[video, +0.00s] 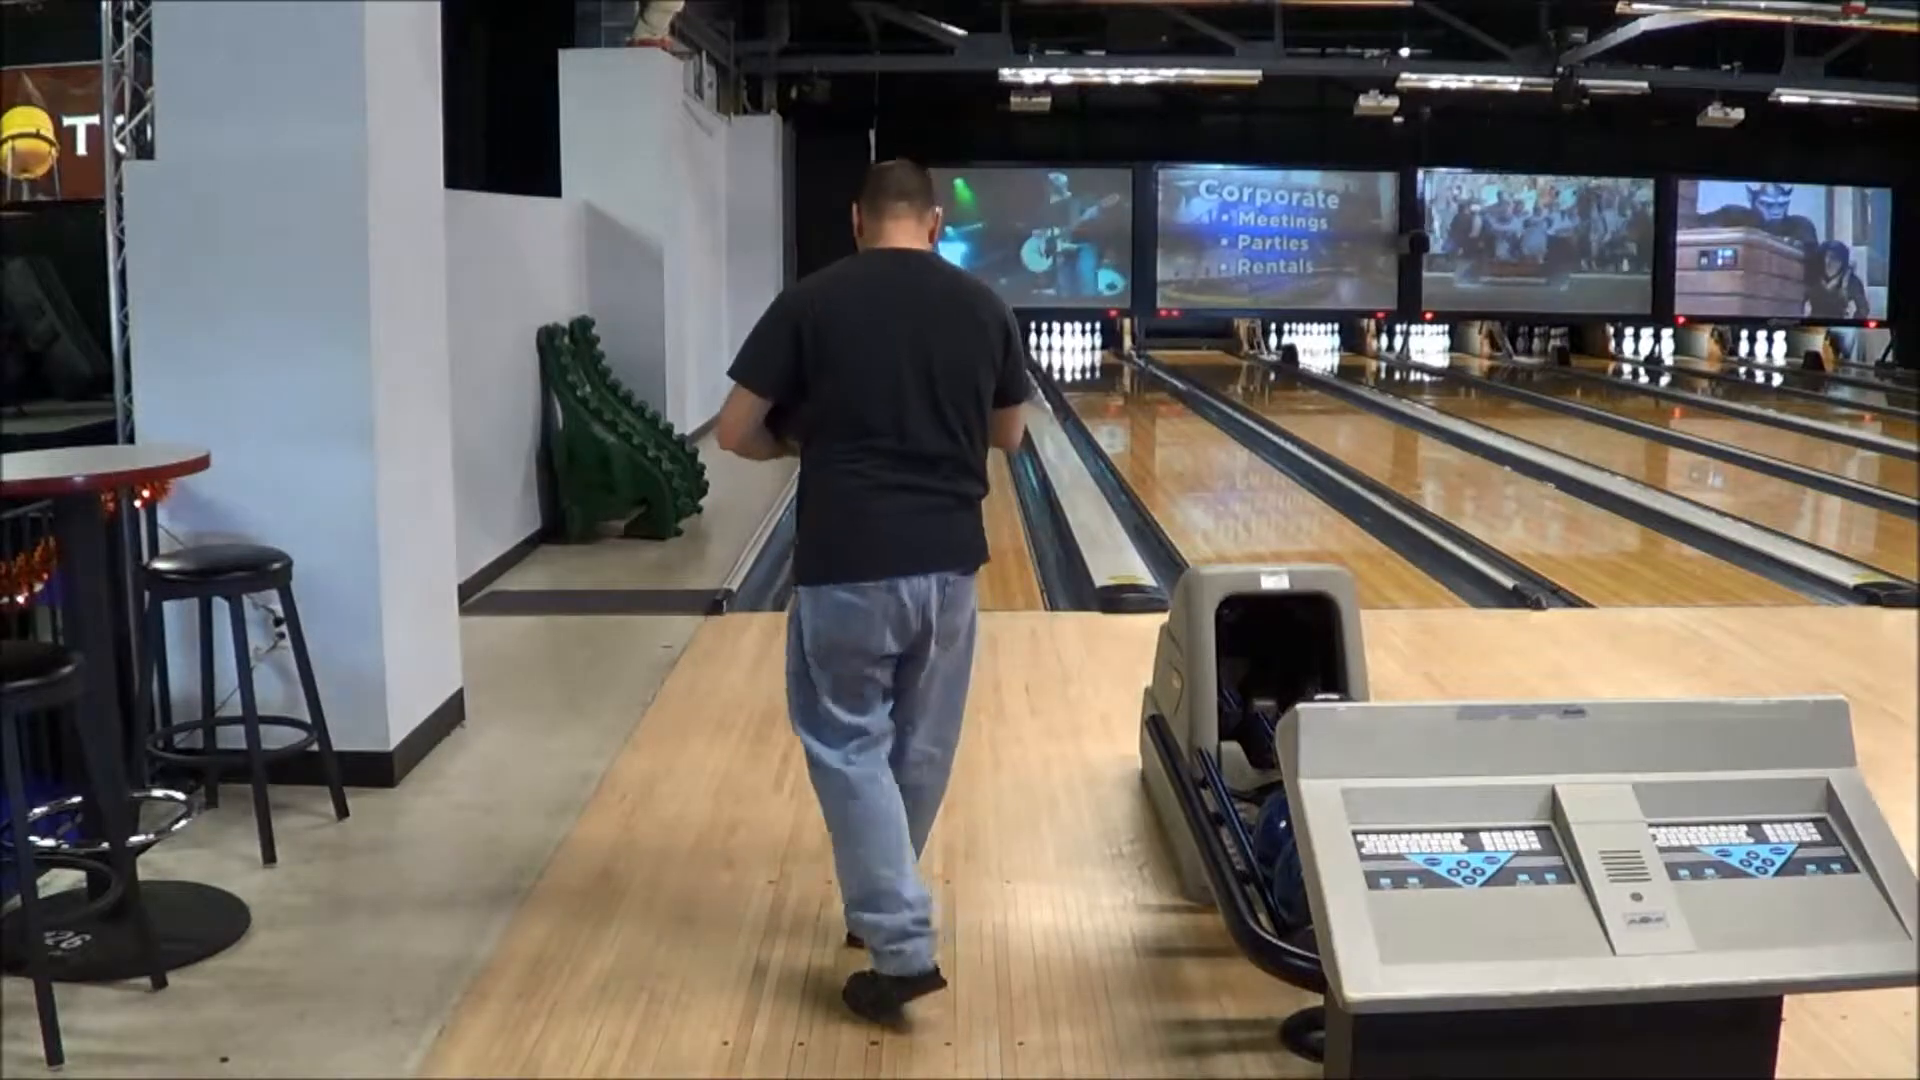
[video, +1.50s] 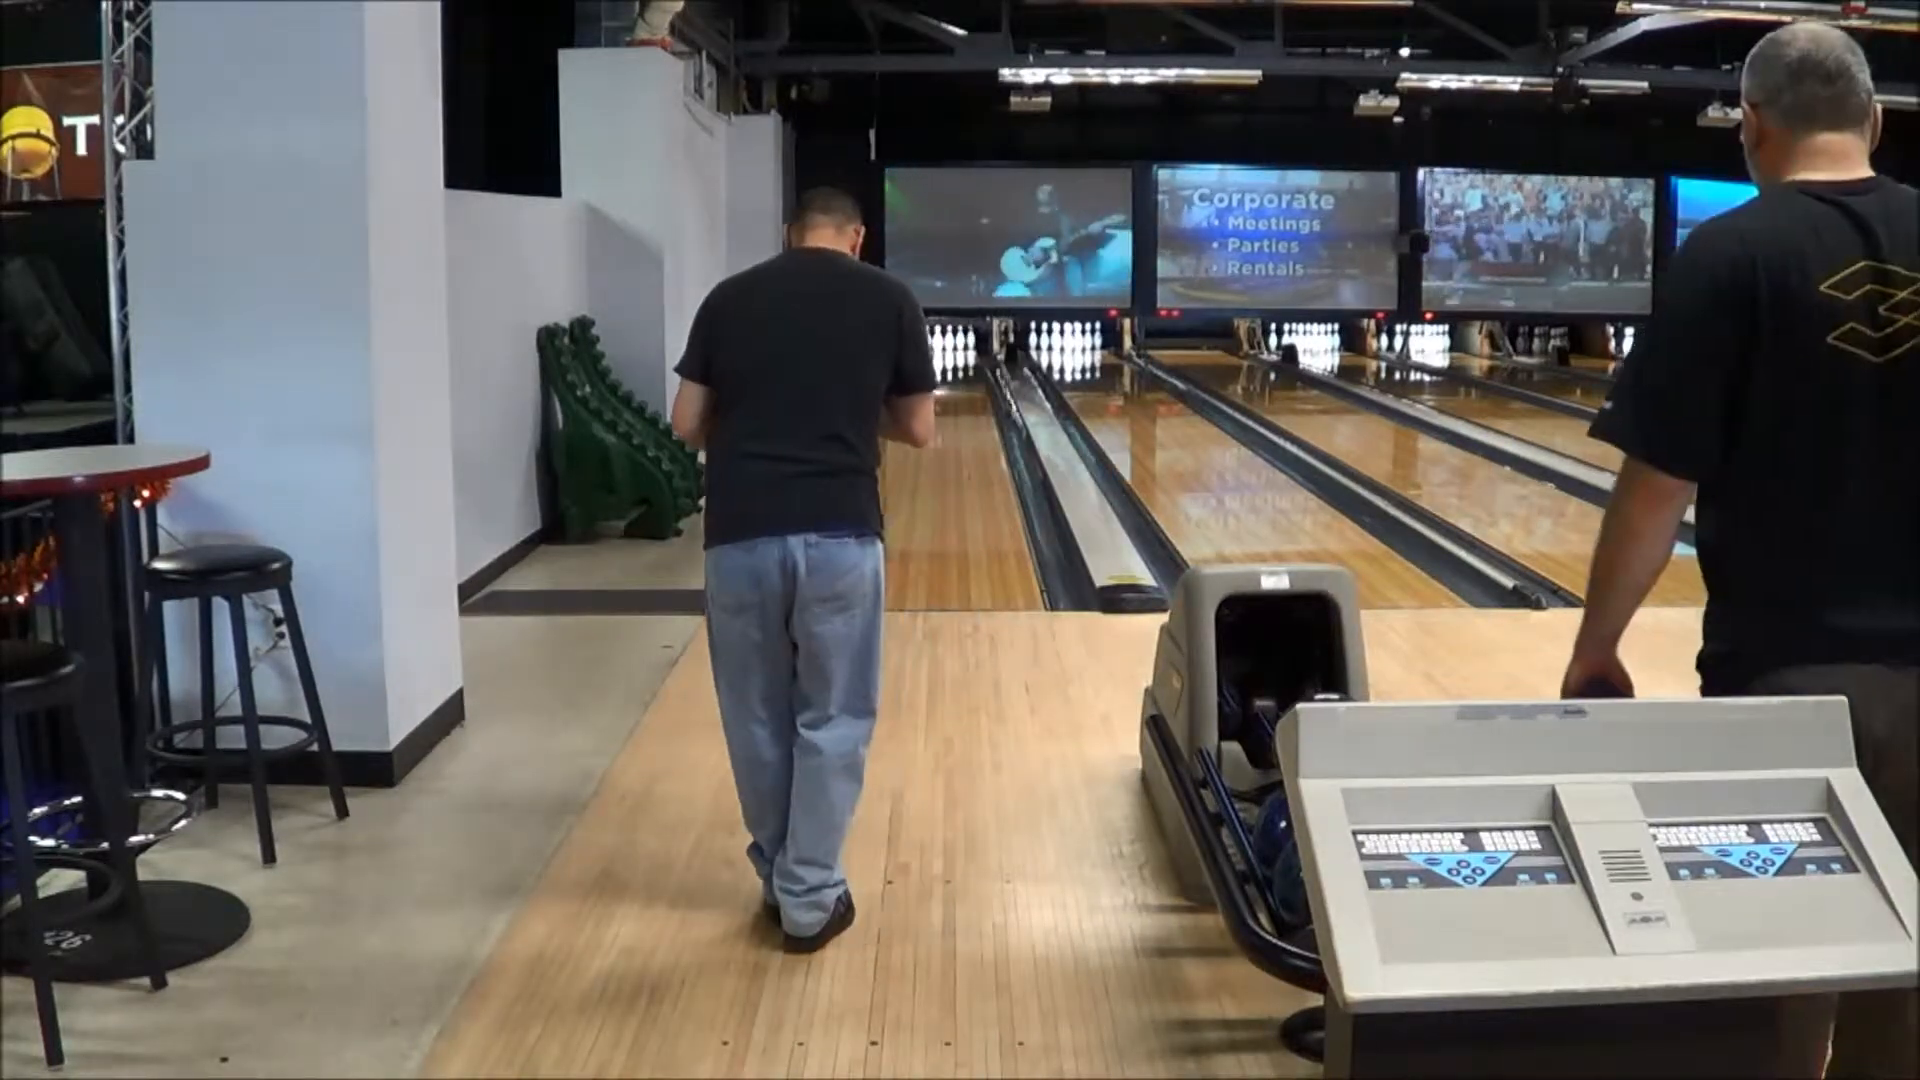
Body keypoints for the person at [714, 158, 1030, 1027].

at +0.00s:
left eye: (865, 219)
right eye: (922, 218)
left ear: (856, 220)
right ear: (936, 223)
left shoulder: (810, 299)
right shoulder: (982, 305)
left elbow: (739, 432)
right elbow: (1010, 430)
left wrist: (808, 434)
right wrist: (941, 424)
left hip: (846, 565)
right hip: (950, 562)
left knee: (848, 745)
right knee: (924, 746)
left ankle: (904, 951)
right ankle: (883, 901)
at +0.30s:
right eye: (927, 230)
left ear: (861, 228)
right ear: (934, 235)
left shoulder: (809, 290)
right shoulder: (976, 302)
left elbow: (730, 410)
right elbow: (1005, 435)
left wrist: (790, 433)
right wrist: (935, 410)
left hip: (834, 550)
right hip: (940, 549)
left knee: (815, 719)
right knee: (910, 725)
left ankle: (826, 903)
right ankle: (880, 898)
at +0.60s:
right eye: (930, 234)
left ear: (861, 229)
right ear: (932, 239)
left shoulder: (803, 287)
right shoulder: (968, 304)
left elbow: (726, 402)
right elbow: (999, 435)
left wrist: (787, 430)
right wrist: (928, 406)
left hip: (813, 541)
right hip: (919, 542)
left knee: (809, 712)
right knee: (900, 714)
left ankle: (800, 878)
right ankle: (872, 900)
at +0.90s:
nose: (905, 250)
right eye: (908, 238)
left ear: (836, 230)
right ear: (905, 241)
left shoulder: (775, 290)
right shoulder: (934, 300)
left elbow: (706, 403)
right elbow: (972, 433)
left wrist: (769, 429)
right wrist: (905, 400)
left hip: (784, 543)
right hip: (887, 543)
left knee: (787, 718)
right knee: (883, 717)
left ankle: (787, 882)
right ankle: (871, 900)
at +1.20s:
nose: (869, 252)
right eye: (872, 241)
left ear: (796, 234)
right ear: (868, 239)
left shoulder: (737, 293)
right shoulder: (892, 297)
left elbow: (690, 416)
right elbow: (926, 427)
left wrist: (753, 425)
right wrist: (863, 397)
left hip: (748, 536)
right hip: (849, 535)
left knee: (764, 716)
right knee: (857, 716)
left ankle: (783, 881)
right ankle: (846, 893)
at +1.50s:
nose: (856, 247)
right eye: (859, 236)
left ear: (787, 235)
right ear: (857, 237)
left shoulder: (729, 296)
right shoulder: (886, 297)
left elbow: (689, 421)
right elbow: (918, 428)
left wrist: (742, 426)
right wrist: (860, 396)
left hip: (739, 538)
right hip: (839, 536)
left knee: (755, 715)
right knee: (834, 717)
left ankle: (779, 873)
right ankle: (807, 899)